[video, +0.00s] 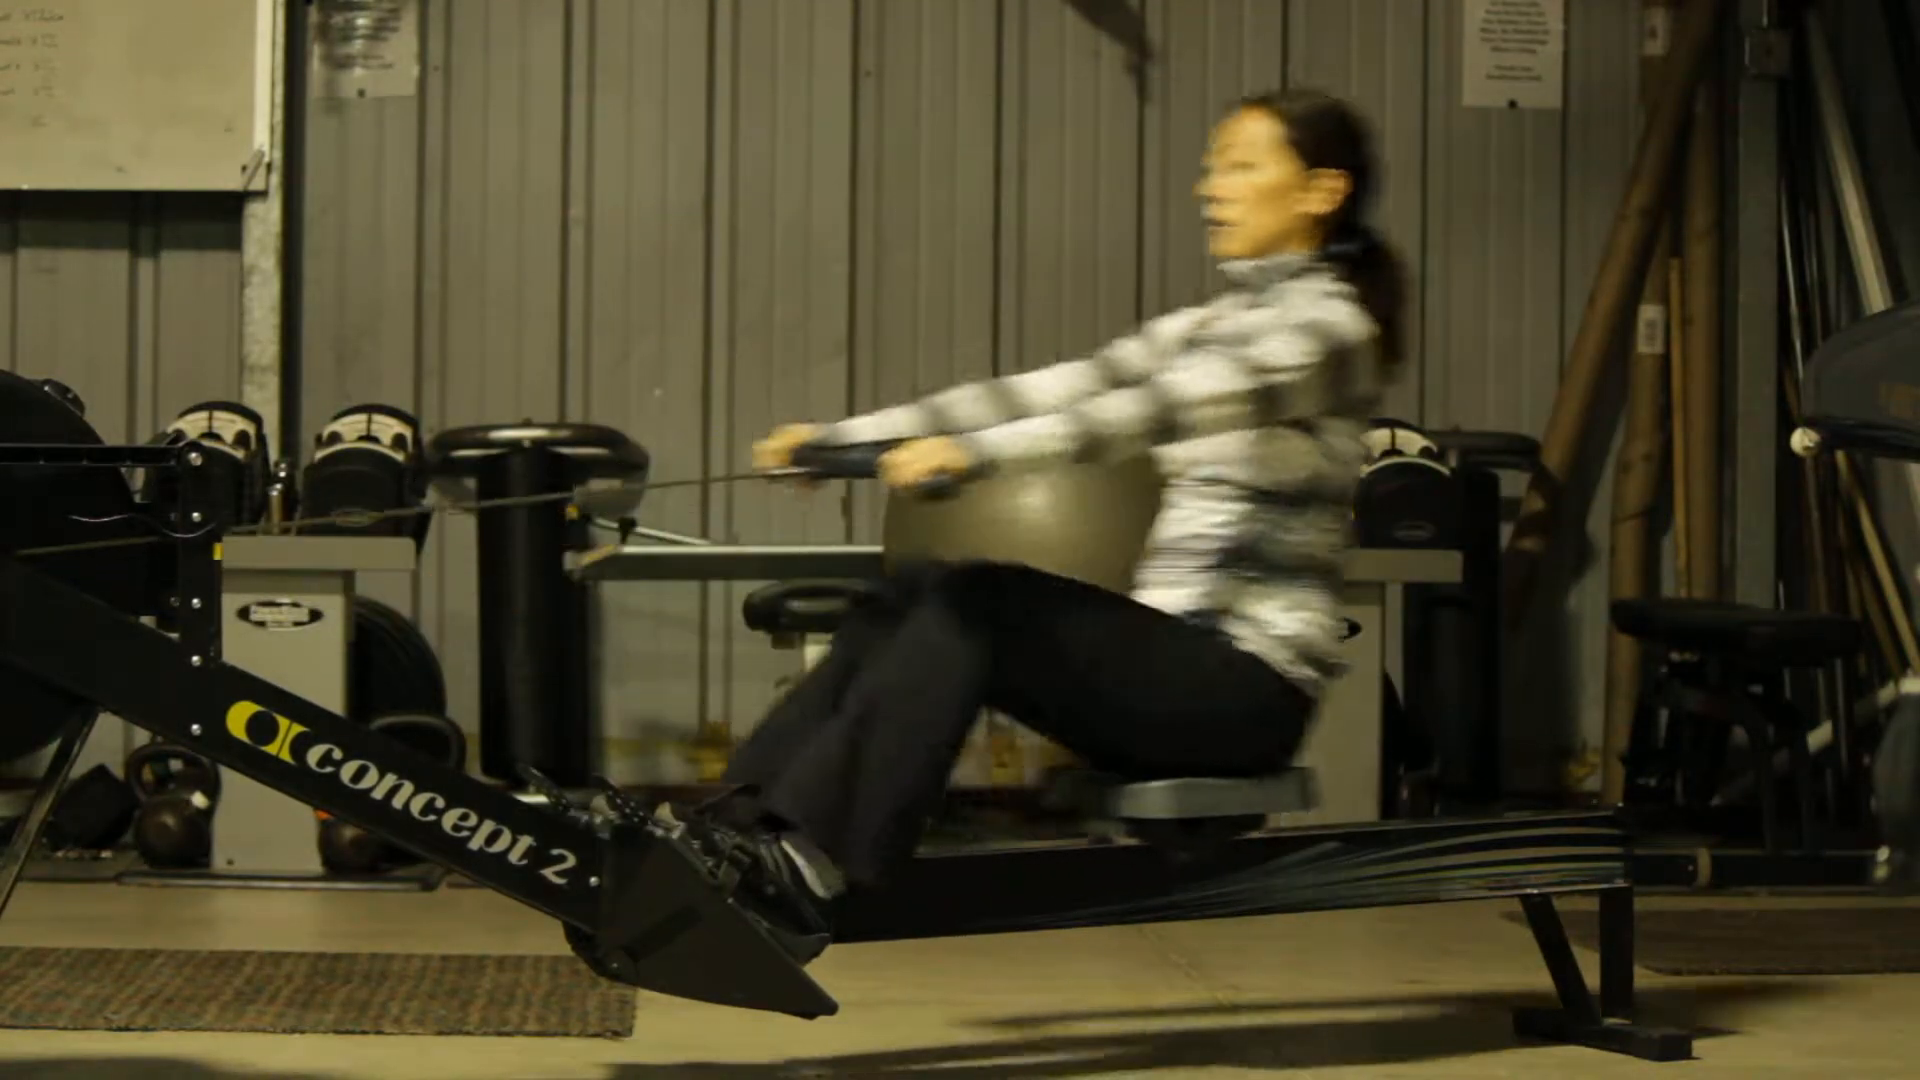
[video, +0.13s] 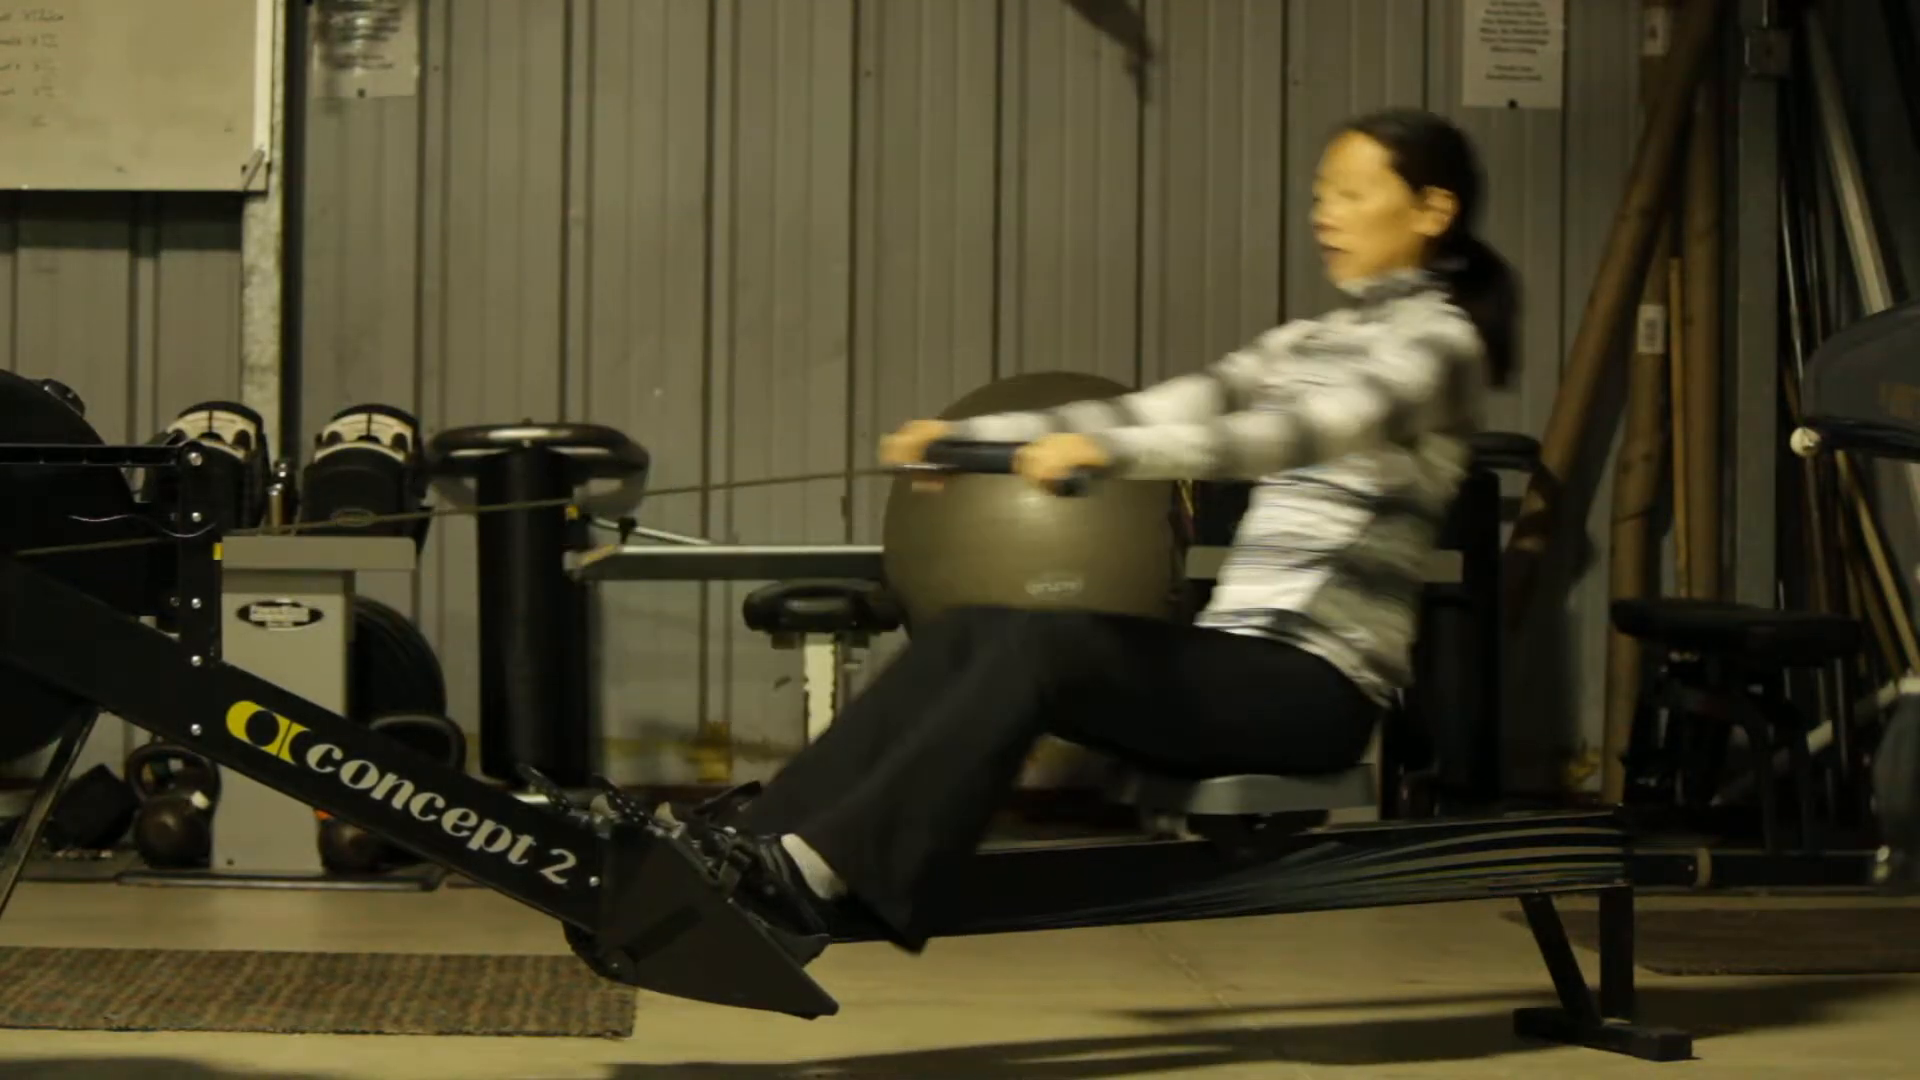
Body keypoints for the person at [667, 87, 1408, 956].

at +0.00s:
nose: (1209, 189)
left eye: (1239, 168)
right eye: (1213, 169)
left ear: (1324, 191)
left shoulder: (1327, 322)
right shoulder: (1217, 319)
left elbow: (1161, 405)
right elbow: (1057, 388)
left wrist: (980, 450)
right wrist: (849, 438)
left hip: (1250, 685)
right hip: (1171, 664)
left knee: (967, 602)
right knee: (904, 596)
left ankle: (815, 868)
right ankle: (734, 830)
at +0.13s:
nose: (1322, 216)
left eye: (1349, 193)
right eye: (1322, 195)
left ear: (1433, 212)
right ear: (1320, 212)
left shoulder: (1437, 337)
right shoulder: (1313, 335)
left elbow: (1306, 428)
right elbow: (1180, 401)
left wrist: (1114, 446)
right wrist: (975, 443)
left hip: (1320, 680)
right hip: (1232, 660)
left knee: (1030, 647)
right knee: (961, 634)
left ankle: (818, 877)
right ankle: (759, 836)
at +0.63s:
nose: (1460, 318)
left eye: (1479, 292)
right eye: (1453, 296)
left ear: (1556, 290)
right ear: (1475, 299)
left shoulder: (1603, 421)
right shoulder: (1473, 406)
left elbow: (1638, 610)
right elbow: (1434, 527)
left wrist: (1521, 511)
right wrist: (1342, 507)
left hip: (1391, 683)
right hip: (1299, 655)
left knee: (1099, 737)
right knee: (1041, 717)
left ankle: (800, 879)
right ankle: (762, 841)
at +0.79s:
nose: (1380, 275)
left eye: (1397, 252)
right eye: (1372, 253)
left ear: (1480, 242)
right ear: (1385, 252)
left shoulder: (1529, 372)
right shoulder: (1401, 365)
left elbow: (1526, 558)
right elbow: (1339, 524)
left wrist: (1337, 534)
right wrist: (1192, 529)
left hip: (1394, 681)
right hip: (1305, 657)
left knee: (1106, 738)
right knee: (1041, 720)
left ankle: (818, 887)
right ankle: (754, 848)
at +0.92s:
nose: (1258, 229)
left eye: (1282, 202)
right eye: (1254, 203)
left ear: (1365, 204)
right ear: (1255, 208)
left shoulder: (1411, 334)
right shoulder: (1275, 342)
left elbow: (1335, 524)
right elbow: (1175, 492)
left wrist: (1151, 595)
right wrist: (1009, 577)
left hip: (1363, 668)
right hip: (1258, 649)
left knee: (1076, 707)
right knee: (1023, 682)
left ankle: (833, 895)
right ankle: (785, 852)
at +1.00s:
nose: (1164, 220)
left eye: (1189, 193)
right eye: (1160, 196)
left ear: (1275, 196)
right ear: (1156, 197)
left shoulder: (1321, 334)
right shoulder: (1182, 341)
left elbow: (1198, 518)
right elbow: (1061, 487)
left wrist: (1032, 622)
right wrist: (892, 600)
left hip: (1332, 681)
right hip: (1230, 659)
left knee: (1022, 686)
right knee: (966, 663)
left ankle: (827, 884)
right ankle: (766, 849)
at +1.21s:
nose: (922, 230)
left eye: (950, 202)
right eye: (922, 206)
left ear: (1039, 210)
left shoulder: (1080, 347)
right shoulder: (969, 349)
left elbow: (931, 519)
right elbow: (823, 472)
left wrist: (754, 616)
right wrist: (623, 576)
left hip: (1180, 696)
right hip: (1095, 687)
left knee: (937, 589)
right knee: (888, 589)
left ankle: (752, 833)